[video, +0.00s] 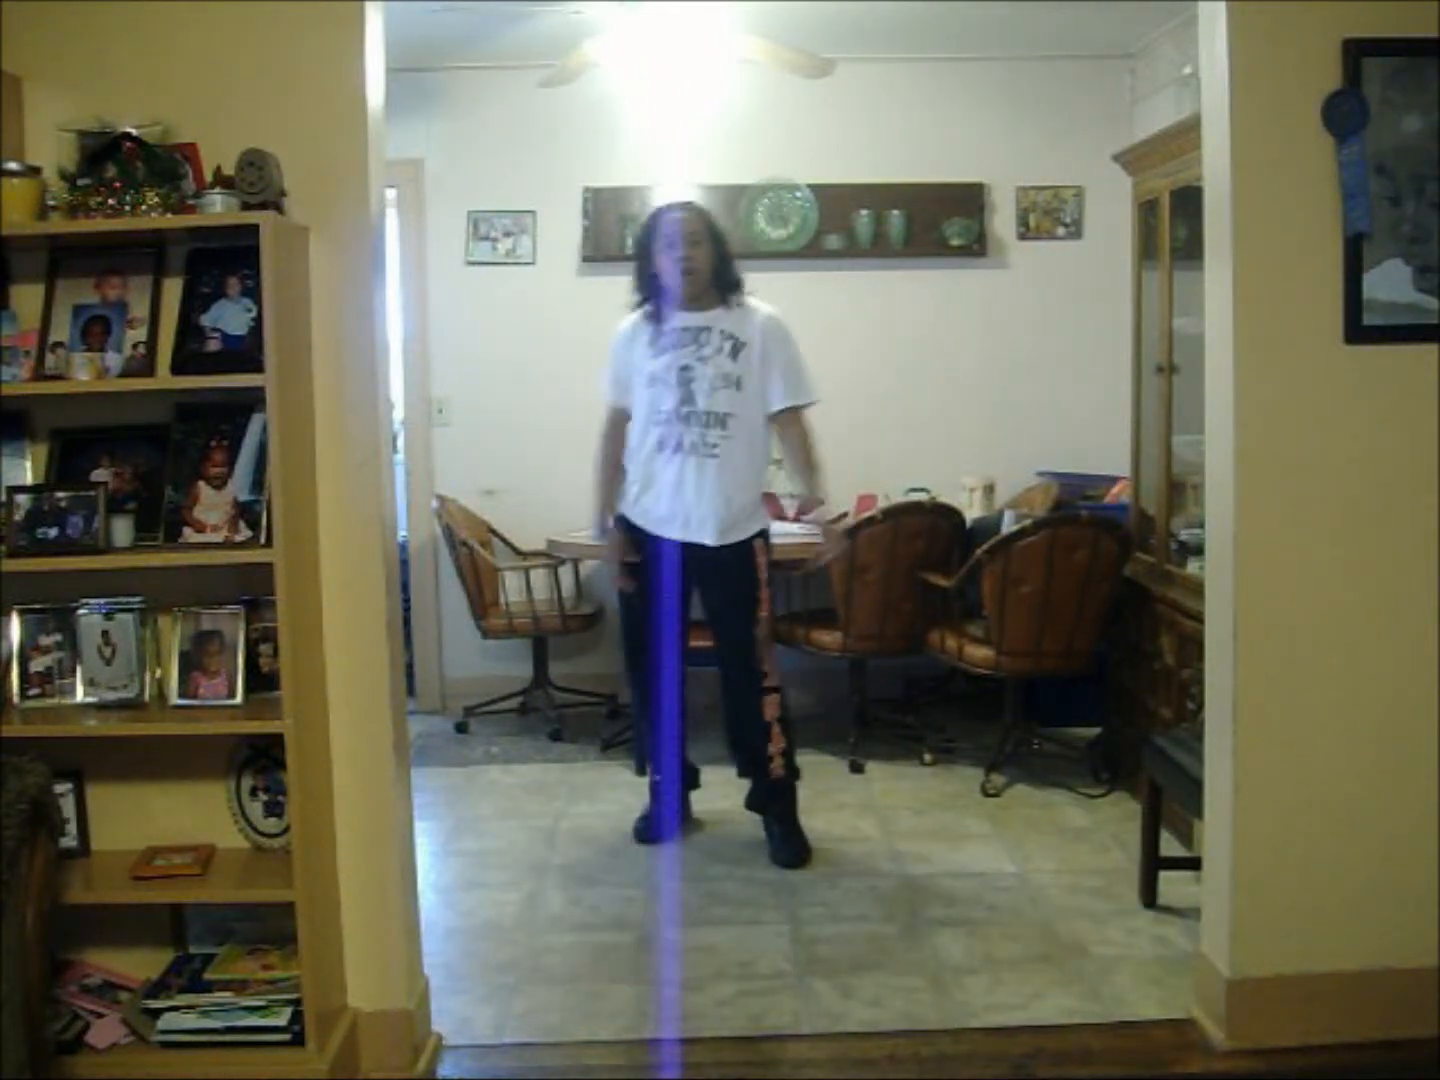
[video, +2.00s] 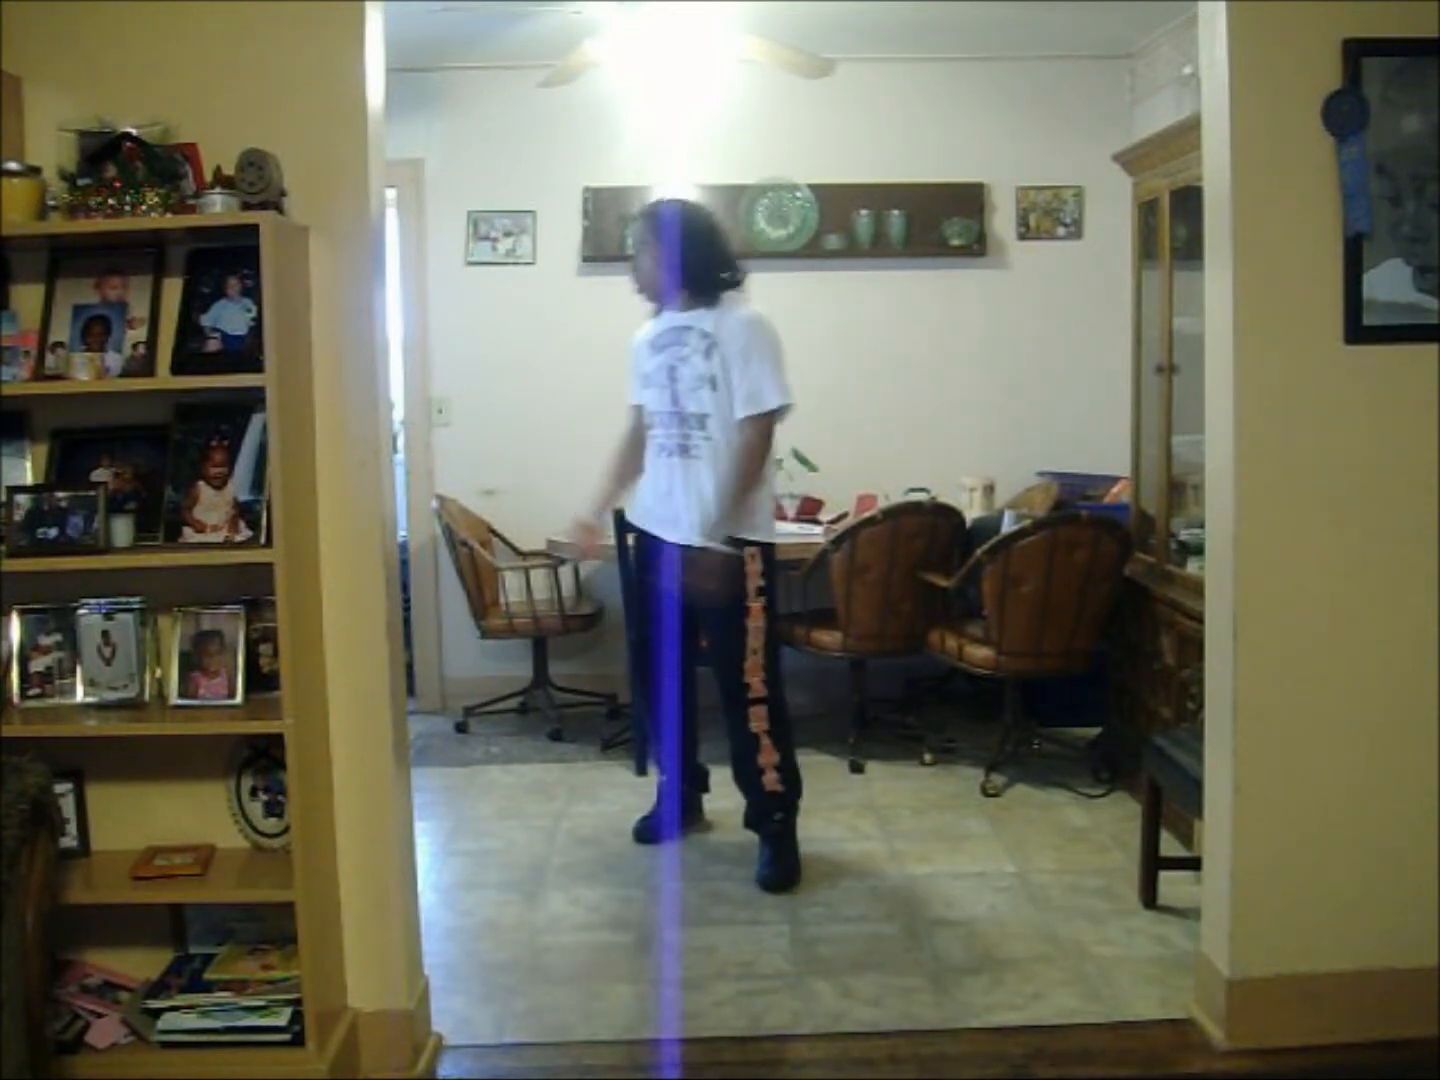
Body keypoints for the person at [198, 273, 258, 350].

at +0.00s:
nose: (233, 288)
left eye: (236, 285)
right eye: (230, 285)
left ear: (240, 287)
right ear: (225, 287)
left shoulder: (247, 303)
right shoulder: (221, 304)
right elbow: (205, 320)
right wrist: (210, 335)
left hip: (243, 338)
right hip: (224, 338)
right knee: (212, 340)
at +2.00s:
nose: (233, 289)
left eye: (235, 285)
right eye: (230, 286)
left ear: (240, 287)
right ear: (226, 288)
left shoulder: (247, 304)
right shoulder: (221, 304)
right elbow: (205, 320)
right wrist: (210, 335)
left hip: (244, 338)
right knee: (212, 342)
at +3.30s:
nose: (233, 289)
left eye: (236, 286)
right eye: (230, 286)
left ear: (240, 287)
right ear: (226, 289)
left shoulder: (247, 304)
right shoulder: (221, 304)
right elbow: (205, 320)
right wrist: (210, 334)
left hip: (244, 338)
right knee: (212, 341)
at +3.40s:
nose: (233, 289)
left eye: (236, 286)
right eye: (230, 286)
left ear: (240, 287)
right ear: (226, 289)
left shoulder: (248, 304)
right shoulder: (221, 305)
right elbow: (206, 320)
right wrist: (210, 335)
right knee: (212, 341)